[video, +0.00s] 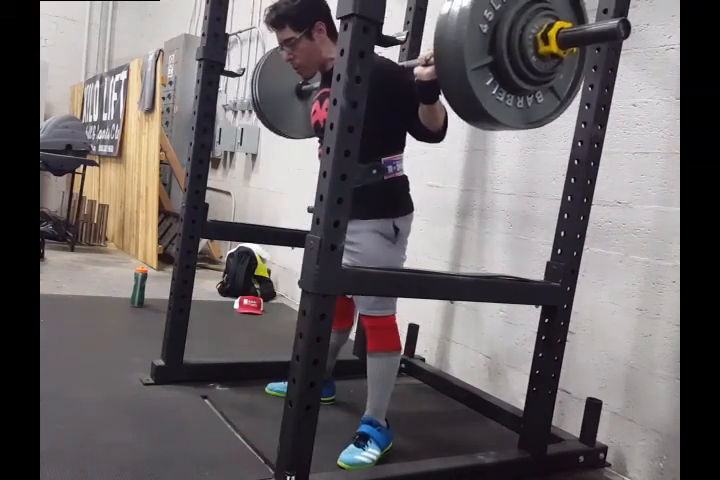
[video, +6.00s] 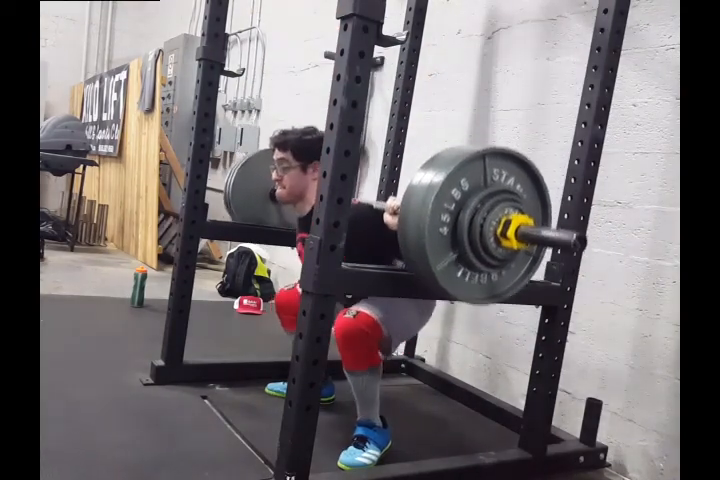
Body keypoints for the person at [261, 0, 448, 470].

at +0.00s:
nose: (287, 56)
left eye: (291, 44)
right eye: (282, 48)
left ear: (322, 32)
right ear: (311, 39)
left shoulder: (383, 74)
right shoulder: (320, 82)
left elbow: (433, 131)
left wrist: (428, 87)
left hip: (379, 213)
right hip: (332, 210)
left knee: (375, 310)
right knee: (328, 300)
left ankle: (375, 424)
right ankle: (318, 379)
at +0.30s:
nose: (290, 52)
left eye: (295, 40)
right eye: (286, 43)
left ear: (328, 30)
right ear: (320, 34)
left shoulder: (386, 76)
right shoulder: (327, 82)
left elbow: (440, 131)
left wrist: (433, 85)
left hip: (384, 216)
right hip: (337, 213)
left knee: (384, 312)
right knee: (332, 301)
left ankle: (376, 424)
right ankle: (318, 379)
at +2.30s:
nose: (305, 33)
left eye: (312, 22)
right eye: (302, 24)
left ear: (342, 20)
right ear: (311, 25)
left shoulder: (386, 74)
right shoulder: (327, 78)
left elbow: (432, 135)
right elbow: (326, 133)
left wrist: (429, 86)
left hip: (375, 213)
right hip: (330, 210)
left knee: (376, 310)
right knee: (327, 300)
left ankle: (375, 423)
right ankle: (317, 379)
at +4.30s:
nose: (311, 32)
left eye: (320, 23)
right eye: (311, 23)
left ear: (351, 28)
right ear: (331, 33)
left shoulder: (387, 87)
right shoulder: (329, 90)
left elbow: (435, 144)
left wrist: (432, 99)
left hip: (387, 220)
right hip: (338, 218)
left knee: (368, 323)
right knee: (317, 306)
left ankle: (375, 427)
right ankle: (315, 380)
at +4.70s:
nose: (296, 97)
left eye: (306, 88)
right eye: (297, 88)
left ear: (336, 95)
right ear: (313, 96)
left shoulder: (373, 149)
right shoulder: (320, 151)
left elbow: (428, 198)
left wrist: (420, 164)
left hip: (406, 250)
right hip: (356, 250)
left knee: (362, 325)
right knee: (298, 298)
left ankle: (374, 430)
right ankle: (315, 381)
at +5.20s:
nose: (278, 159)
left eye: (287, 150)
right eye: (278, 149)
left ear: (318, 158)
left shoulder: (359, 208)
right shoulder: (304, 205)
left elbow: (416, 248)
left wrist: (404, 218)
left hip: (399, 284)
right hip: (350, 281)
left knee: (352, 330)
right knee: (285, 301)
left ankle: (372, 430)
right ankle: (316, 382)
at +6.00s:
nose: (275, 177)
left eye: (283, 169)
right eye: (274, 168)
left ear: (314, 172)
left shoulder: (358, 219)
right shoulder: (306, 222)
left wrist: (406, 226)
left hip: (405, 290)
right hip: (354, 285)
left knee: (352, 329)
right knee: (288, 301)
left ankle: (372, 428)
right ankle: (316, 382)